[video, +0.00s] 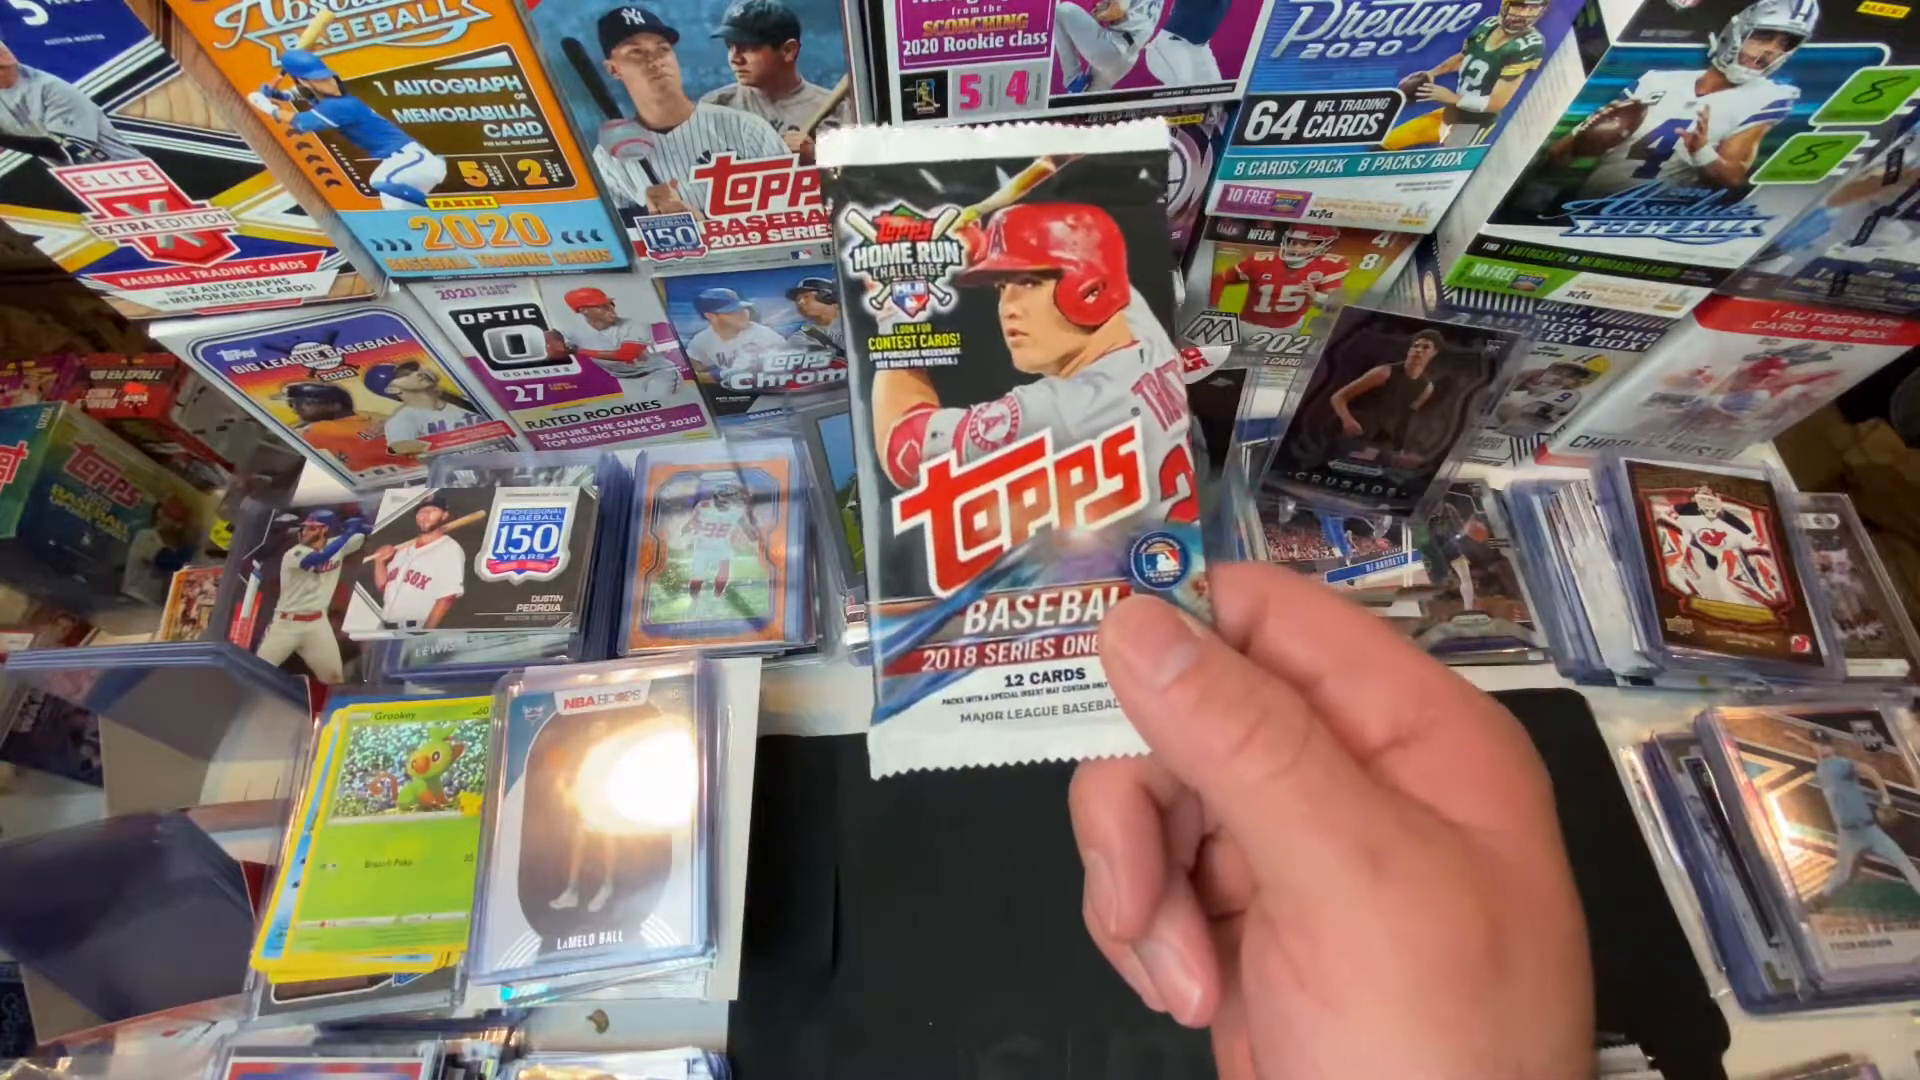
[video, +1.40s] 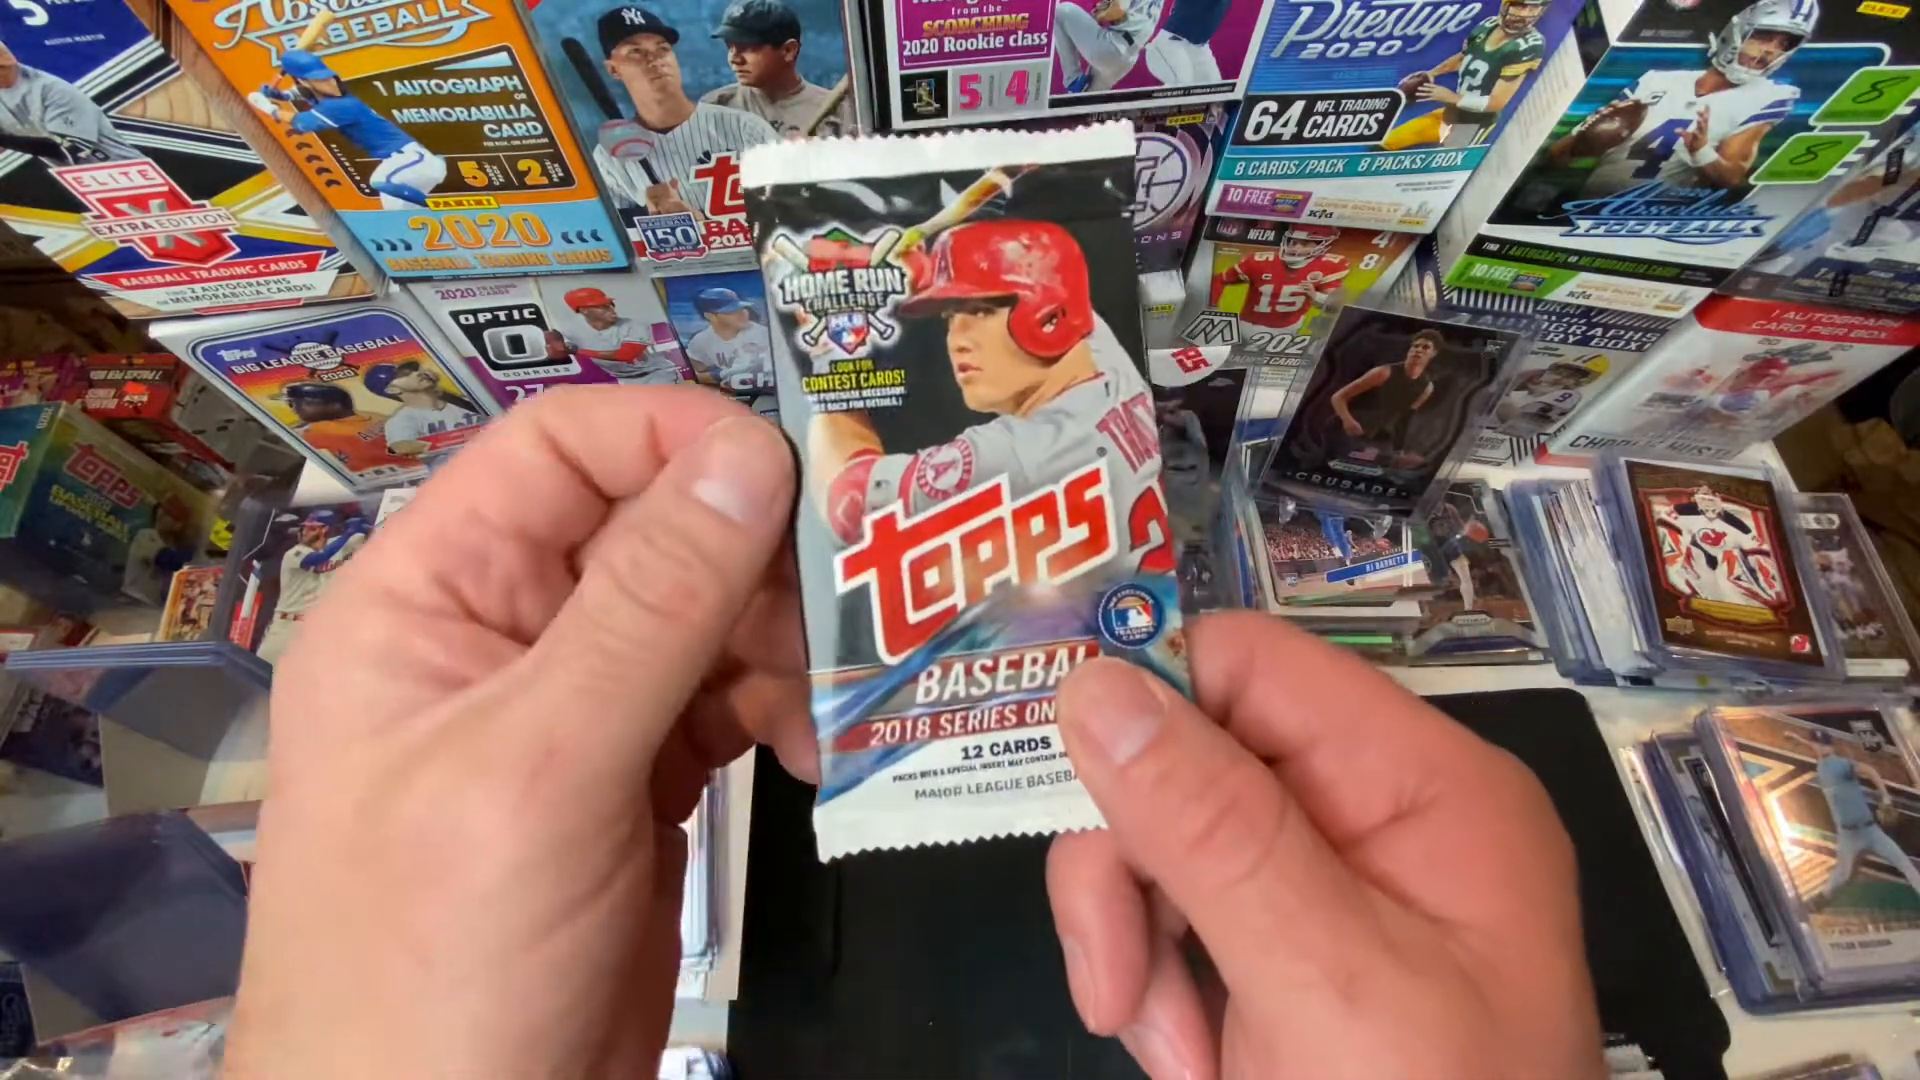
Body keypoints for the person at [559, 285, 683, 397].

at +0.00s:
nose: (612, 310)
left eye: (611, 305)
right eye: (604, 308)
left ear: (613, 304)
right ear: (587, 312)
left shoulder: (633, 325)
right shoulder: (579, 335)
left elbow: (627, 354)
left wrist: (581, 353)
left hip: (658, 371)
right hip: (624, 378)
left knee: (657, 397)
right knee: (630, 403)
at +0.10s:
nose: (612, 310)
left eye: (611, 305)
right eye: (604, 308)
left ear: (613, 304)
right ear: (587, 312)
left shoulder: (633, 325)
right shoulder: (579, 336)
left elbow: (627, 354)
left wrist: (581, 353)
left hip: (658, 371)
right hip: (624, 378)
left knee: (657, 395)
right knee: (630, 402)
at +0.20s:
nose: (613, 311)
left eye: (611, 306)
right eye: (605, 308)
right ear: (587, 312)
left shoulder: (633, 325)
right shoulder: (578, 336)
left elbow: (628, 354)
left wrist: (583, 353)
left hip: (657, 371)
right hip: (624, 378)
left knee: (657, 398)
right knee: (631, 402)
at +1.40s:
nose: (612, 309)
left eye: (611, 305)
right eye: (604, 307)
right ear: (586, 312)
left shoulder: (633, 326)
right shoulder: (578, 337)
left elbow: (627, 355)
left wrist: (579, 352)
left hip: (659, 374)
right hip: (627, 381)